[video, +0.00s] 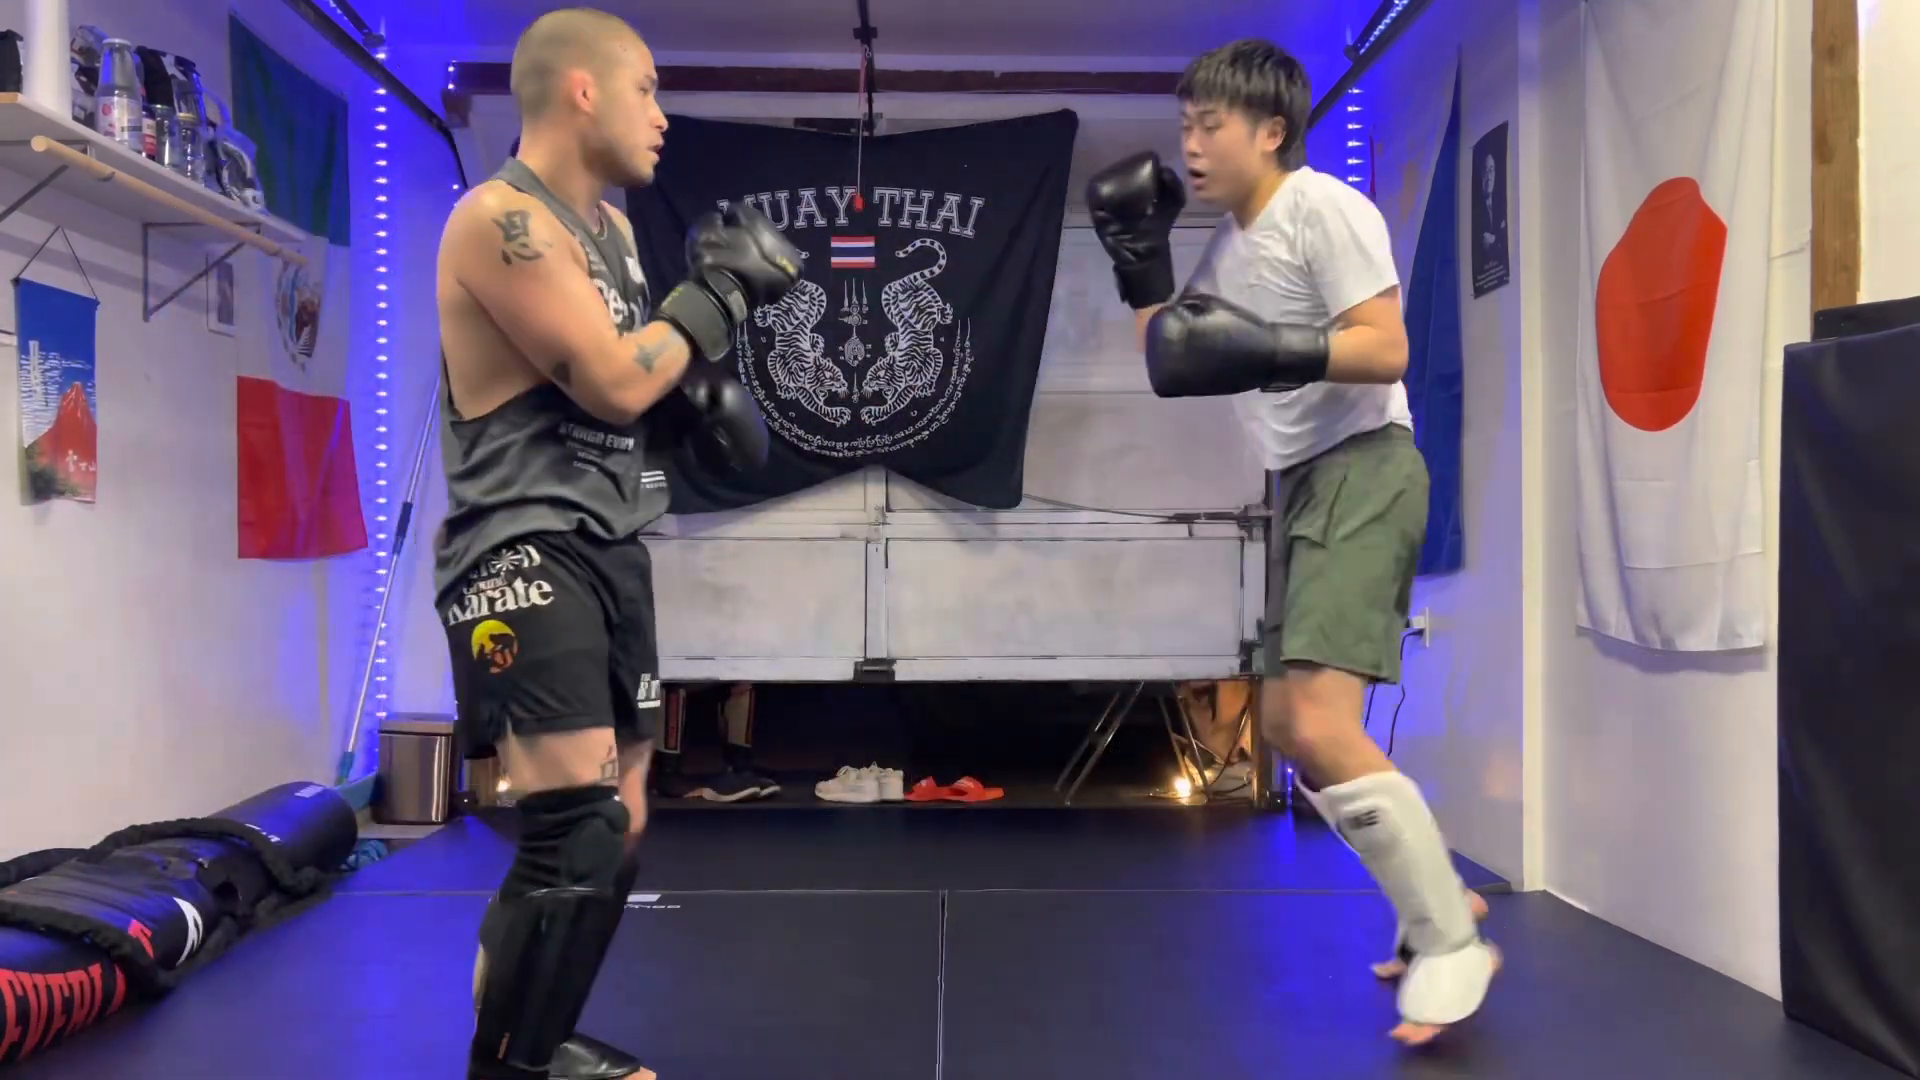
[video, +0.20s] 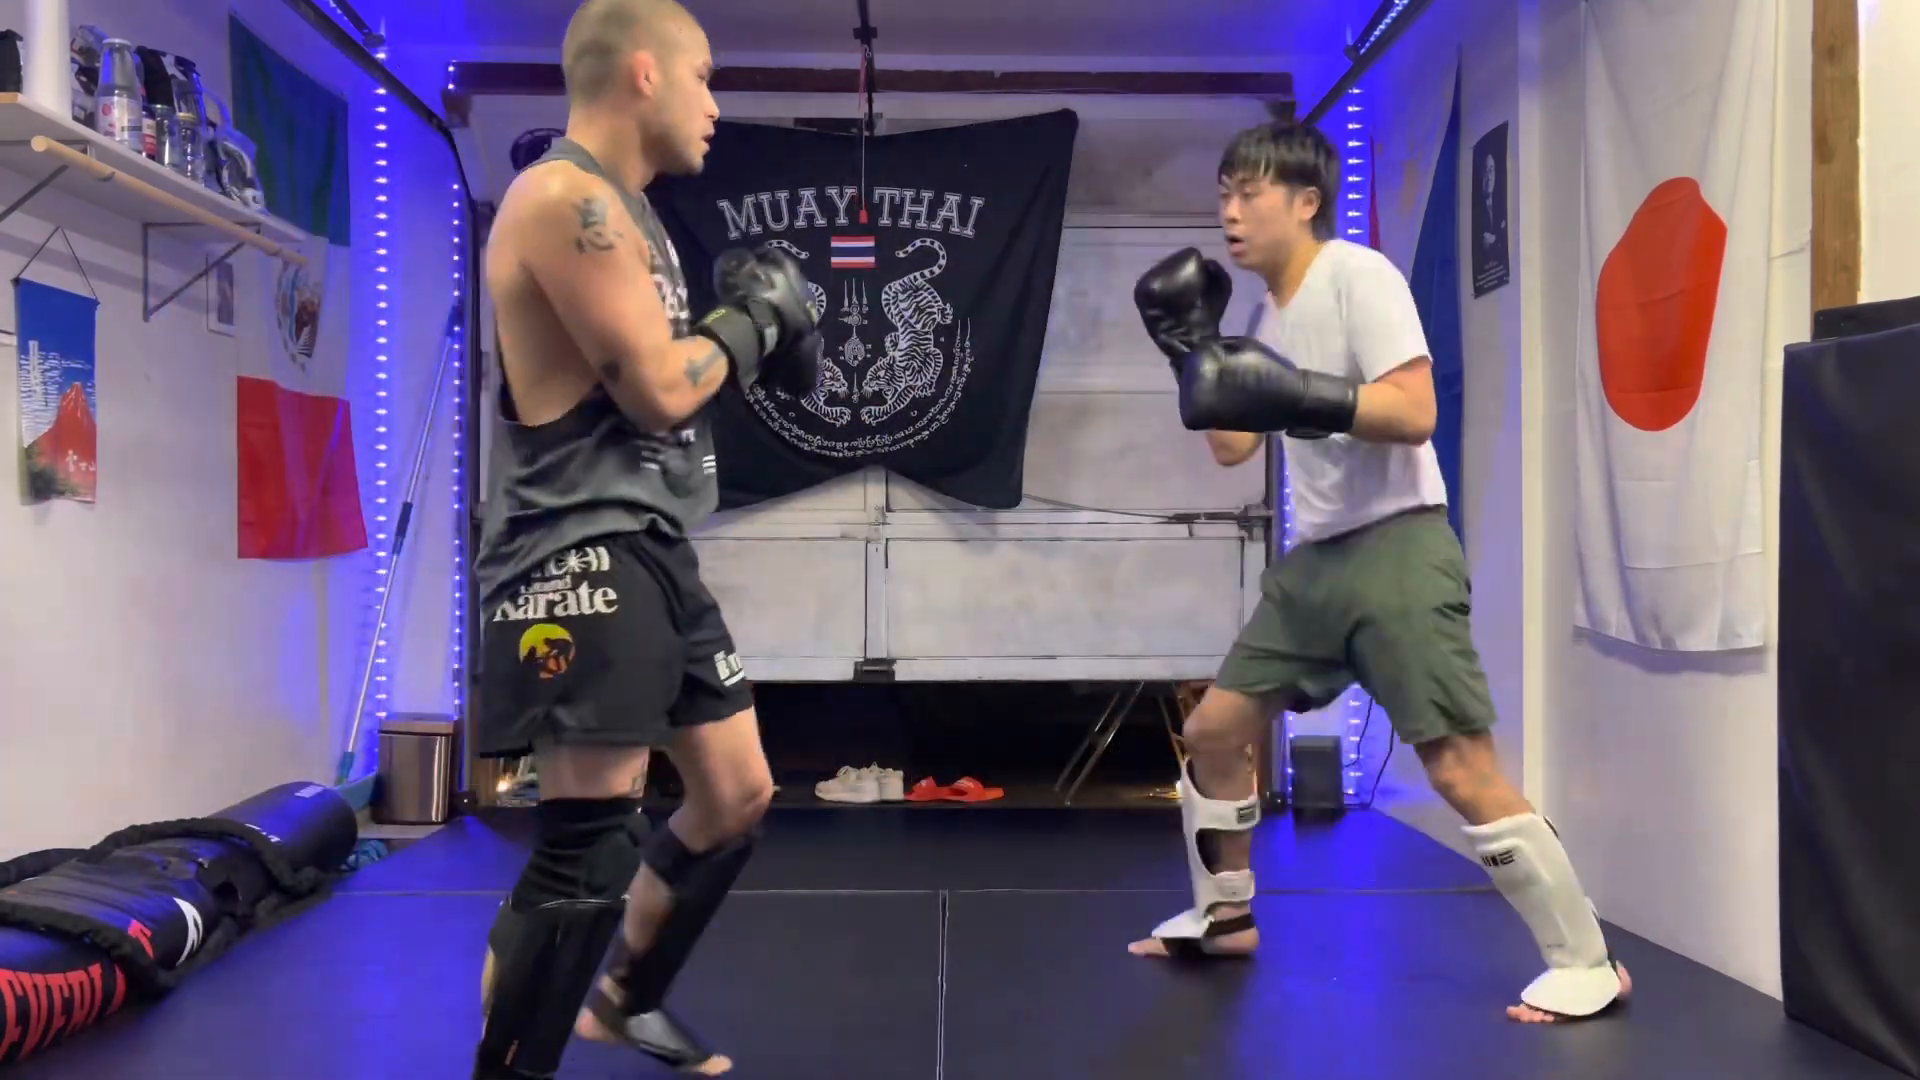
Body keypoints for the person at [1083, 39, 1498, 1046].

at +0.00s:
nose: (1189, 142)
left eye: (1209, 123)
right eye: (1186, 123)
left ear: (1270, 133)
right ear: (1200, 137)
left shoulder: (1326, 209)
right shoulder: (1226, 254)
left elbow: (1387, 347)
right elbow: (1174, 357)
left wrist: (1259, 352)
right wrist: (1143, 260)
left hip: (1364, 469)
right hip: (1299, 484)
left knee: (1319, 718)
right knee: (1284, 724)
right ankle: (1436, 896)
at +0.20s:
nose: (1229, 213)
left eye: (1248, 193)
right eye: (1225, 196)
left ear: (1305, 203)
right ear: (1234, 210)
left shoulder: (1360, 274)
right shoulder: (1265, 326)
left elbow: (1415, 414)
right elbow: (1233, 446)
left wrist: (1291, 396)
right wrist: (1196, 344)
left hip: (1397, 545)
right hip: (1312, 559)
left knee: (1463, 771)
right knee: (1215, 729)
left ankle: (1586, 965)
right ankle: (1225, 913)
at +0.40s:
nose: (1192, 177)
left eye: (1211, 159)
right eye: (1187, 161)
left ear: (1265, 165)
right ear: (1187, 173)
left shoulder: (1321, 237)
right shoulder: (1206, 266)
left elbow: (1368, 372)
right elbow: (1157, 377)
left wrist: (1274, 333)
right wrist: (1138, 280)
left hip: (1325, 499)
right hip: (1236, 504)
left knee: (1379, 716)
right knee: (1165, 687)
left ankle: (1505, 912)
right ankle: (1191, 858)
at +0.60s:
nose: (1148, 249)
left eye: (1167, 233)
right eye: (1143, 233)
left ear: (1217, 241)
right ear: (1141, 241)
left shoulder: (1269, 319)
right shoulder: (1146, 336)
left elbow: (1317, 447)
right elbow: (1094, 434)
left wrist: (1232, 425)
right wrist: (1084, 338)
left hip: (1251, 556)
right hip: (1167, 556)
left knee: (1245, 765)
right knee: (1141, 741)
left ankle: (1346, 904)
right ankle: (1165, 878)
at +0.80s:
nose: (1138, 254)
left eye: (1159, 238)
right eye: (1131, 237)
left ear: (1204, 251)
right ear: (1122, 247)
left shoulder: (1245, 334)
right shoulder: (1115, 333)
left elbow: (1276, 468)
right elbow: (1084, 464)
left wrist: (1209, 421)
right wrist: (1073, 431)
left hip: (1220, 558)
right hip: (1138, 559)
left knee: (1193, 744)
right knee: (1117, 747)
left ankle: (1323, 925)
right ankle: (1170, 881)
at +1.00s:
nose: (1137, 255)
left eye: (1156, 241)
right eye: (1125, 241)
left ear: (1199, 252)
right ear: (1110, 252)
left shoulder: (1241, 339)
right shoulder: (1086, 331)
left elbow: (1271, 469)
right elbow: (1010, 332)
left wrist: (1197, 462)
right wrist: (951, 292)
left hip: (1222, 558)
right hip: (1126, 568)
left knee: (1220, 738)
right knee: (1101, 779)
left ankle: (1291, 961)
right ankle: (1162, 859)